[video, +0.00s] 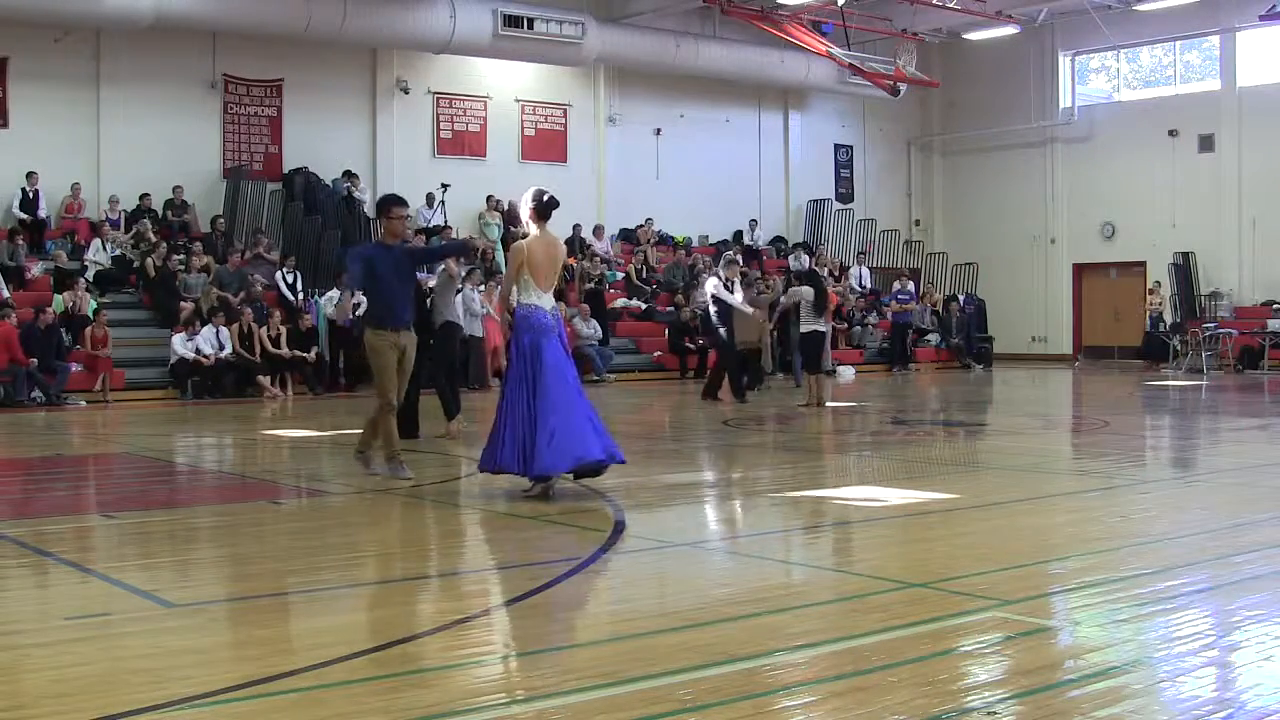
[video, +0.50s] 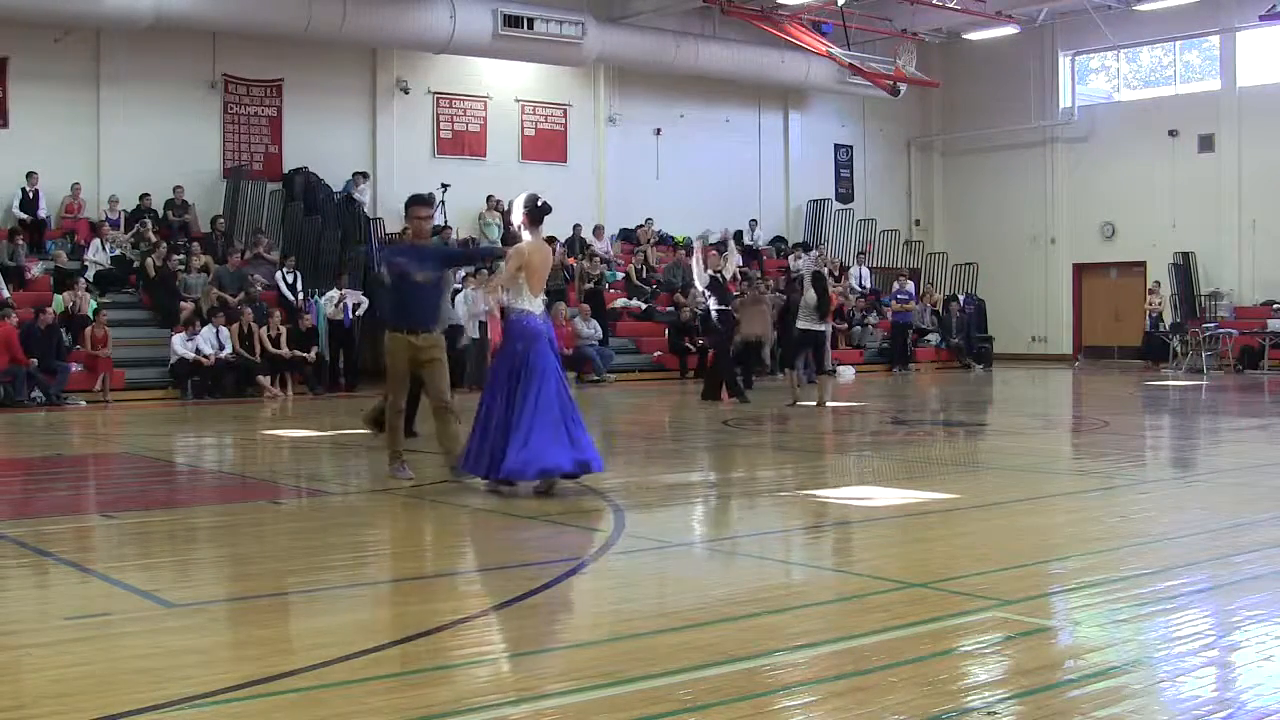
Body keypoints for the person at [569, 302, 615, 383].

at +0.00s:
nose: (587, 313)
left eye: (588, 311)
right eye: (585, 311)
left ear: (590, 312)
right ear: (580, 312)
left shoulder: (593, 321)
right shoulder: (576, 321)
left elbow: (599, 335)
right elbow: (581, 333)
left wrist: (586, 335)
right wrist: (593, 332)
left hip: (594, 344)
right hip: (582, 345)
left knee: (608, 354)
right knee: (592, 353)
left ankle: (595, 374)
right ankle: (602, 374)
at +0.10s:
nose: (587, 313)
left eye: (588, 311)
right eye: (585, 311)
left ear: (590, 311)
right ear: (580, 312)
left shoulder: (593, 321)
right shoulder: (576, 321)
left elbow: (600, 335)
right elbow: (581, 333)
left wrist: (587, 336)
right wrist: (593, 332)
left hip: (595, 344)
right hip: (583, 344)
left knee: (609, 354)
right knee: (592, 354)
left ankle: (596, 373)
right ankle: (602, 373)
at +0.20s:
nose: (587, 313)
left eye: (589, 311)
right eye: (585, 311)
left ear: (590, 311)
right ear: (580, 312)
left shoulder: (593, 321)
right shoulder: (576, 321)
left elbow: (600, 335)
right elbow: (581, 333)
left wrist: (587, 336)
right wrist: (593, 332)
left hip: (595, 344)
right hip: (583, 344)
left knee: (609, 354)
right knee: (593, 355)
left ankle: (597, 373)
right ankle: (602, 373)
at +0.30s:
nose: (587, 313)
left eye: (589, 311)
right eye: (585, 311)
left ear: (590, 311)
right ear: (580, 312)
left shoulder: (593, 321)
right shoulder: (576, 321)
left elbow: (600, 335)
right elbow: (582, 333)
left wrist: (586, 336)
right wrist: (593, 332)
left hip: (595, 344)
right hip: (583, 344)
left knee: (609, 354)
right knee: (592, 354)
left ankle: (598, 373)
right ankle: (602, 373)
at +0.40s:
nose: (587, 313)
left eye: (589, 311)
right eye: (585, 311)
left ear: (590, 311)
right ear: (580, 312)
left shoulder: (593, 321)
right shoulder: (576, 321)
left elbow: (600, 335)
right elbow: (581, 333)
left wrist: (586, 336)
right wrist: (593, 332)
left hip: (594, 344)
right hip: (583, 344)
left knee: (609, 354)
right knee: (593, 354)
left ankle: (597, 373)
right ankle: (602, 373)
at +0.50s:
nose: (587, 313)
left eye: (589, 311)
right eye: (585, 311)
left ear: (590, 311)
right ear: (580, 312)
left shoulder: (593, 321)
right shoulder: (576, 321)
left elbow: (600, 335)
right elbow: (582, 333)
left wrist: (587, 336)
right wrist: (594, 332)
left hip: (595, 344)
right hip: (583, 344)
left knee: (609, 354)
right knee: (593, 354)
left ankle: (597, 373)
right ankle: (602, 373)